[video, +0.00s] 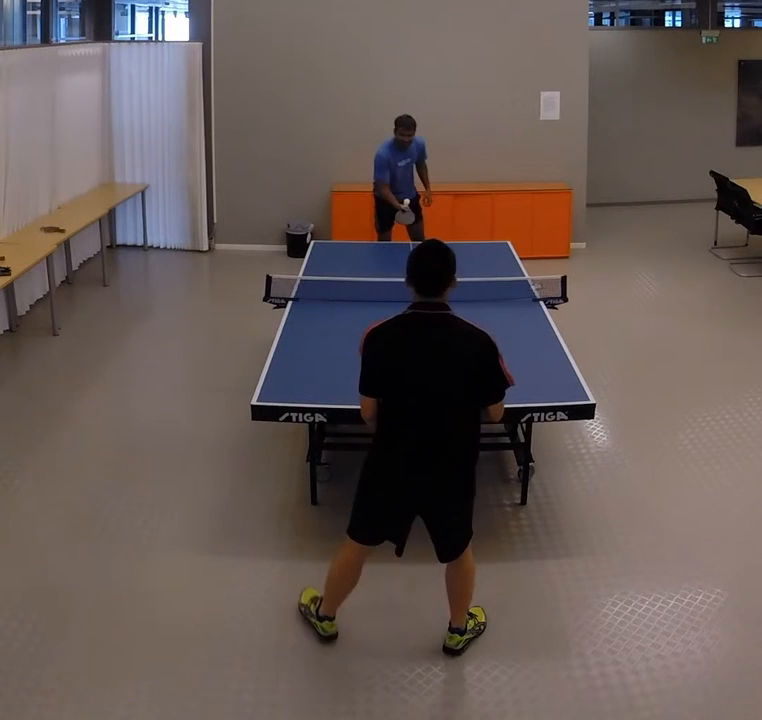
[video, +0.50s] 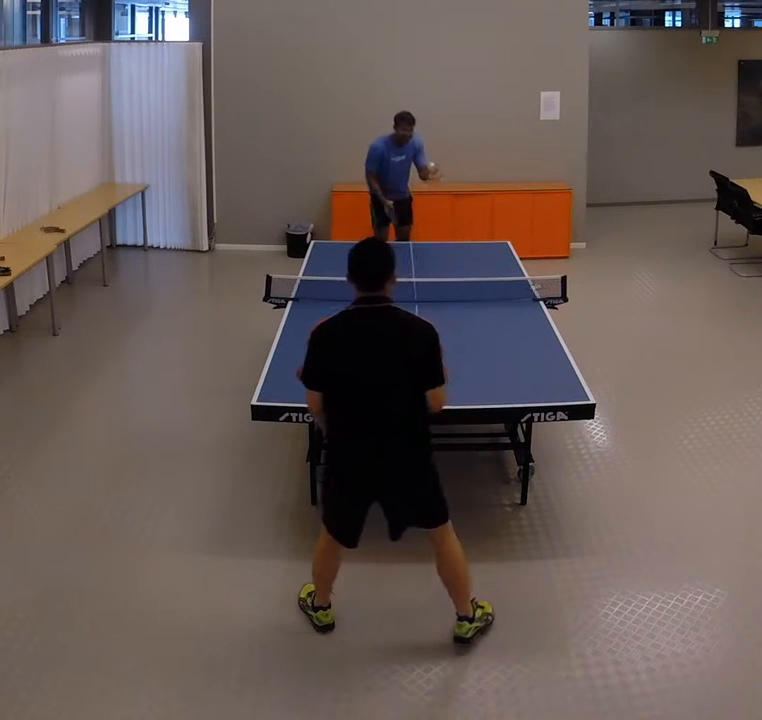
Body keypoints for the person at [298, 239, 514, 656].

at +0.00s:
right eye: (451, 275)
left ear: (409, 280)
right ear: (453, 281)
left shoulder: (380, 337)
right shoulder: (477, 342)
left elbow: (368, 411)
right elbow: (495, 411)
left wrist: (396, 427)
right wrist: (461, 394)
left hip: (390, 464)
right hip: (451, 467)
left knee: (357, 544)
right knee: (457, 550)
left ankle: (325, 615)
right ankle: (458, 628)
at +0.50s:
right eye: (391, 271)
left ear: (349, 278)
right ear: (392, 277)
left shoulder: (326, 333)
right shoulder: (419, 331)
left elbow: (315, 403)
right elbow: (436, 400)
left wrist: (340, 426)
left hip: (349, 454)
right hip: (408, 453)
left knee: (334, 533)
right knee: (441, 532)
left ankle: (320, 604)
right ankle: (467, 615)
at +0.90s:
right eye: (439, 283)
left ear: (402, 290)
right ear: (445, 289)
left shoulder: (378, 346)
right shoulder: (469, 346)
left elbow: (369, 415)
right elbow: (491, 412)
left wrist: (372, 450)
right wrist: (460, 395)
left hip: (392, 464)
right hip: (450, 465)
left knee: (351, 532)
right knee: (484, 535)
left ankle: (319, 603)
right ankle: (502, 614)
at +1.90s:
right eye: (484, 282)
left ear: (442, 288)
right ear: (485, 288)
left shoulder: (416, 341)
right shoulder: (507, 343)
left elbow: (392, 409)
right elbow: (527, 409)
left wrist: (404, 446)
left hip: (421, 462)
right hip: (478, 464)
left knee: (376, 543)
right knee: (501, 532)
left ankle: (331, 612)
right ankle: (503, 613)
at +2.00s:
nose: (490, 283)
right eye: (494, 277)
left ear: (450, 282)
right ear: (493, 281)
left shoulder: (424, 332)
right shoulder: (515, 334)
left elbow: (400, 399)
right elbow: (544, 409)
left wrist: (407, 438)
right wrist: (558, 431)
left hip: (434, 454)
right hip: (492, 458)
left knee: (393, 539)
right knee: (505, 532)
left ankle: (357, 620)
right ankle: (502, 613)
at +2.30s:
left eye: (453, 273)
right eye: (494, 272)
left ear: (452, 279)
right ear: (496, 278)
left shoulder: (430, 333)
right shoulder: (514, 331)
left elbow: (417, 403)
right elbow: (503, 386)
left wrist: (416, 442)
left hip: (440, 450)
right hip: (494, 452)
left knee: (396, 533)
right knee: (501, 538)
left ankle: (364, 616)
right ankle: (504, 613)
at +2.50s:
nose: (425, 290)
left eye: (424, 284)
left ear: (424, 290)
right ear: (466, 290)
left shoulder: (403, 349)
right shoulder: (485, 344)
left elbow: (392, 423)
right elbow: (454, 381)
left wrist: (388, 455)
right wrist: (393, 364)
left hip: (413, 465)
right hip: (465, 463)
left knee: (361, 549)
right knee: (488, 535)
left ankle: (317, 627)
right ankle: (503, 612)